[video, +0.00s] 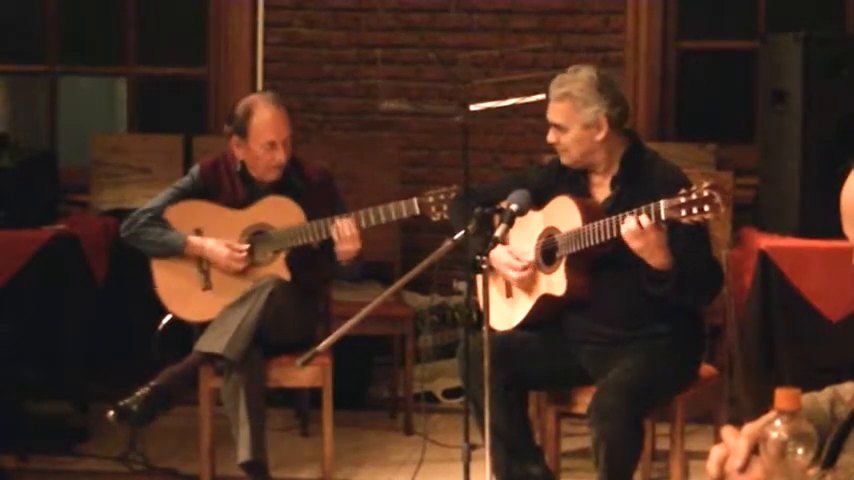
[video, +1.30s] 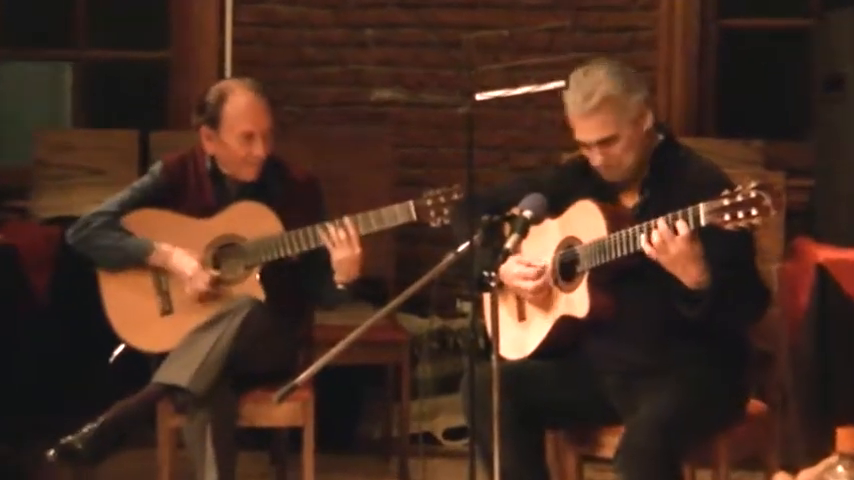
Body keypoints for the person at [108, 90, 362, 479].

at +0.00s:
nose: (281, 156)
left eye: (285, 144)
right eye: (269, 147)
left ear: (292, 138)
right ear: (238, 146)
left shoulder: (313, 181)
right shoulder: (212, 176)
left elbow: (339, 266)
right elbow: (135, 228)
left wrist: (348, 257)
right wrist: (203, 247)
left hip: (297, 314)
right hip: (228, 309)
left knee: (269, 288)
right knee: (244, 354)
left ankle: (169, 383)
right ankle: (253, 467)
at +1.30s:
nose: (260, 151)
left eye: (266, 137)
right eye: (246, 139)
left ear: (275, 131)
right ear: (208, 138)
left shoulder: (294, 190)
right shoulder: (178, 175)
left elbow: (314, 287)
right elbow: (85, 232)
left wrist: (343, 280)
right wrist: (170, 258)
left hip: (273, 342)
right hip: (190, 332)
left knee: (244, 310)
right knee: (211, 394)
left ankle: (118, 420)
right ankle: (213, 474)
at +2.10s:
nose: (196, 142)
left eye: (211, 126)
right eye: (181, 126)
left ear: (230, 125)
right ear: (158, 124)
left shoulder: (271, 188)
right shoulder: (135, 177)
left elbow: (294, 307)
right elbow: (35, 248)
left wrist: (318, 288)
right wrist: (128, 267)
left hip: (248, 363)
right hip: (153, 356)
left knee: (215, 328)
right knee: (181, 428)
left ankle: (90, 444)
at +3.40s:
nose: (142, 155)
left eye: (163, 145)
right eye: (136, 136)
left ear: (207, 147)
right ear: (129, 120)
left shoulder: (255, 192)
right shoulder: (105, 177)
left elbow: (315, 301)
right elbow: (5, 253)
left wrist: (379, 282)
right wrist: (86, 294)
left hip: (227, 385)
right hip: (113, 373)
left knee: (194, 345)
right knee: (149, 445)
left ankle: (70, 459)